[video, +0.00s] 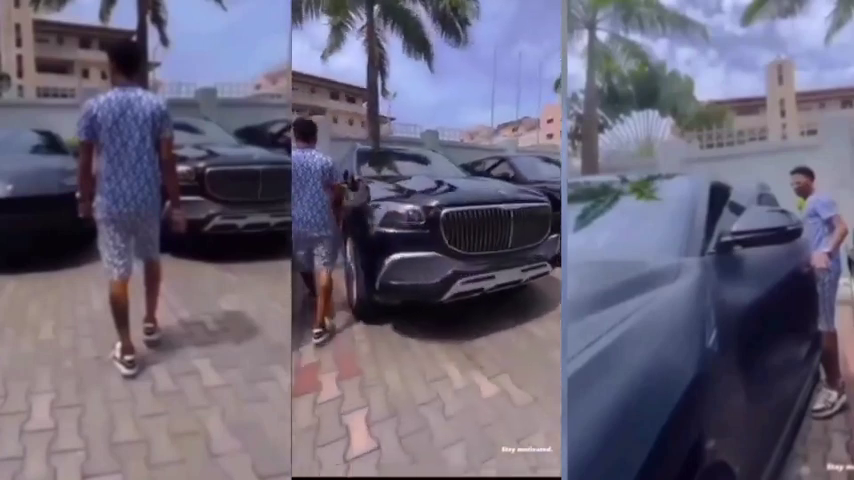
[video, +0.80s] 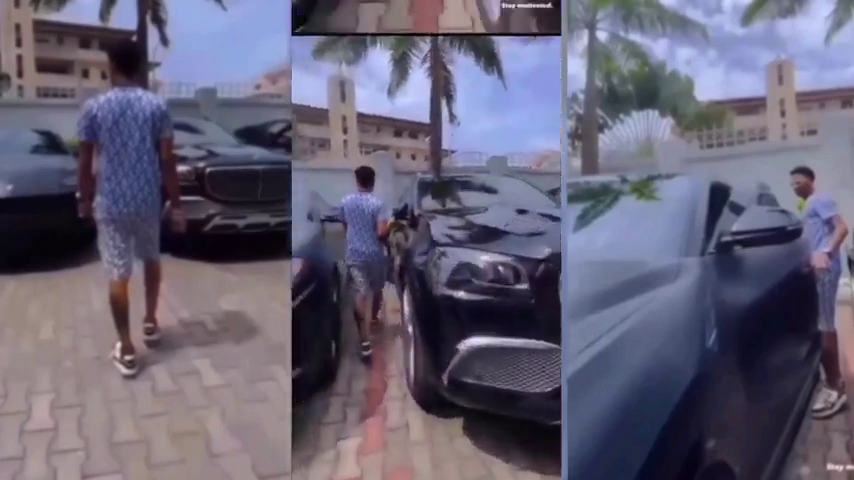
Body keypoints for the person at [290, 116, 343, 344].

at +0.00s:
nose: (297, 140)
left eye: (295, 136)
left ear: (294, 137)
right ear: (315, 136)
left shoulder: (289, 160)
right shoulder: (325, 162)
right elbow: (335, 190)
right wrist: (336, 213)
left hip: (297, 223)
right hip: (323, 222)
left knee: (305, 270)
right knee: (324, 271)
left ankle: (322, 306)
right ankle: (319, 325)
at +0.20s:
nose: (307, 137)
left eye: (300, 134)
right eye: (312, 132)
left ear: (297, 134)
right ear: (317, 133)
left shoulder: (291, 158)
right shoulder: (326, 157)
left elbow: (286, 187)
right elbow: (338, 185)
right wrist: (334, 199)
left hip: (300, 215)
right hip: (326, 213)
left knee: (311, 260)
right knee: (337, 256)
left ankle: (322, 299)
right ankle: (330, 303)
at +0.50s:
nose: (333, 140)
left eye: (326, 136)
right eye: (337, 136)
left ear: (321, 137)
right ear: (341, 137)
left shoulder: (311, 160)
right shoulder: (349, 159)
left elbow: (310, 192)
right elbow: (358, 188)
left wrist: (315, 204)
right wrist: (359, 202)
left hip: (325, 214)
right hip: (348, 213)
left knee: (333, 259)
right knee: (356, 252)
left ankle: (342, 304)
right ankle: (357, 289)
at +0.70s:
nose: (355, 151)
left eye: (349, 147)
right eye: (358, 147)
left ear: (344, 148)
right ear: (362, 148)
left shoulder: (333, 169)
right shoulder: (368, 170)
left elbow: (332, 197)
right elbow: (374, 199)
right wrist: (378, 201)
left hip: (343, 222)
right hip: (365, 221)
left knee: (352, 264)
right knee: (369, 261)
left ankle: (359, 311)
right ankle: (366, 295)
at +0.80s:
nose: (365, 184)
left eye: (361, 181)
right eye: (369, 181)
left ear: (356, 181)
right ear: (373, 182)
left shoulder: (347, 202)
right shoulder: (378, 204)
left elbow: (344, 226)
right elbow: (381, 232)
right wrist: (390, 225)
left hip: (354, 252)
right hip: (374, 252)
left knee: (361, 292)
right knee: (376, 289)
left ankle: (364, 339)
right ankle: (374, 318)